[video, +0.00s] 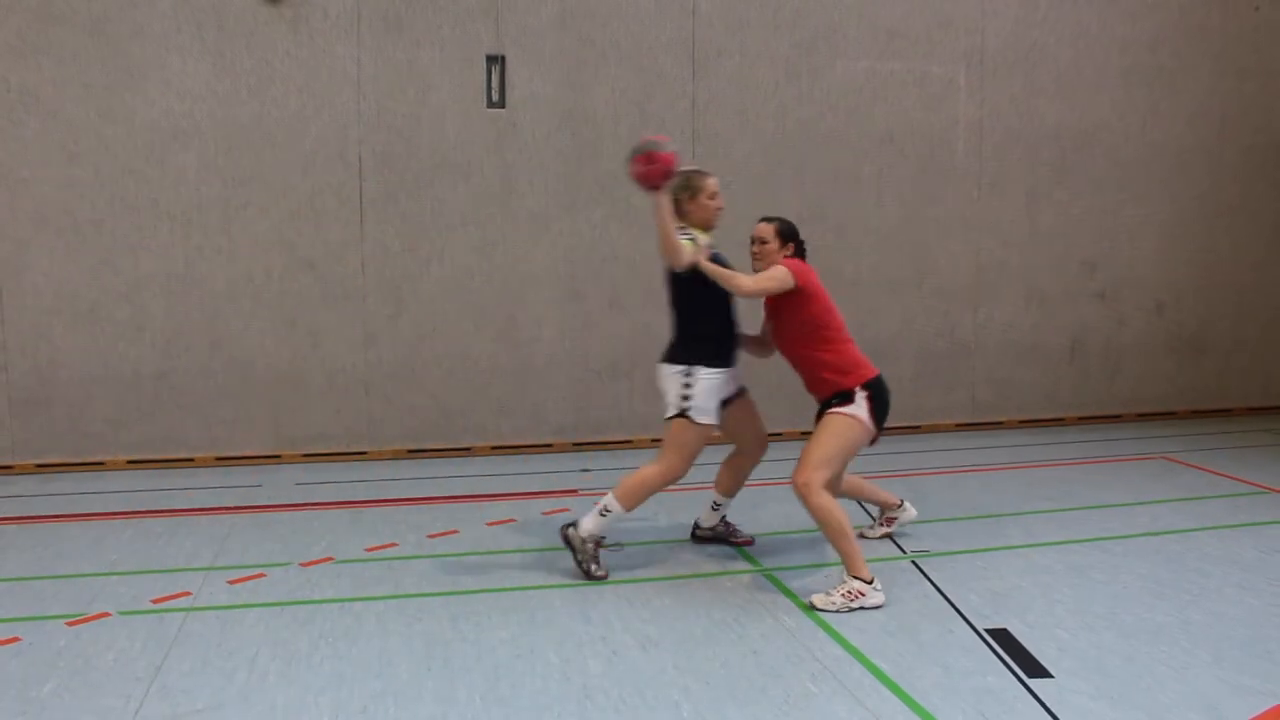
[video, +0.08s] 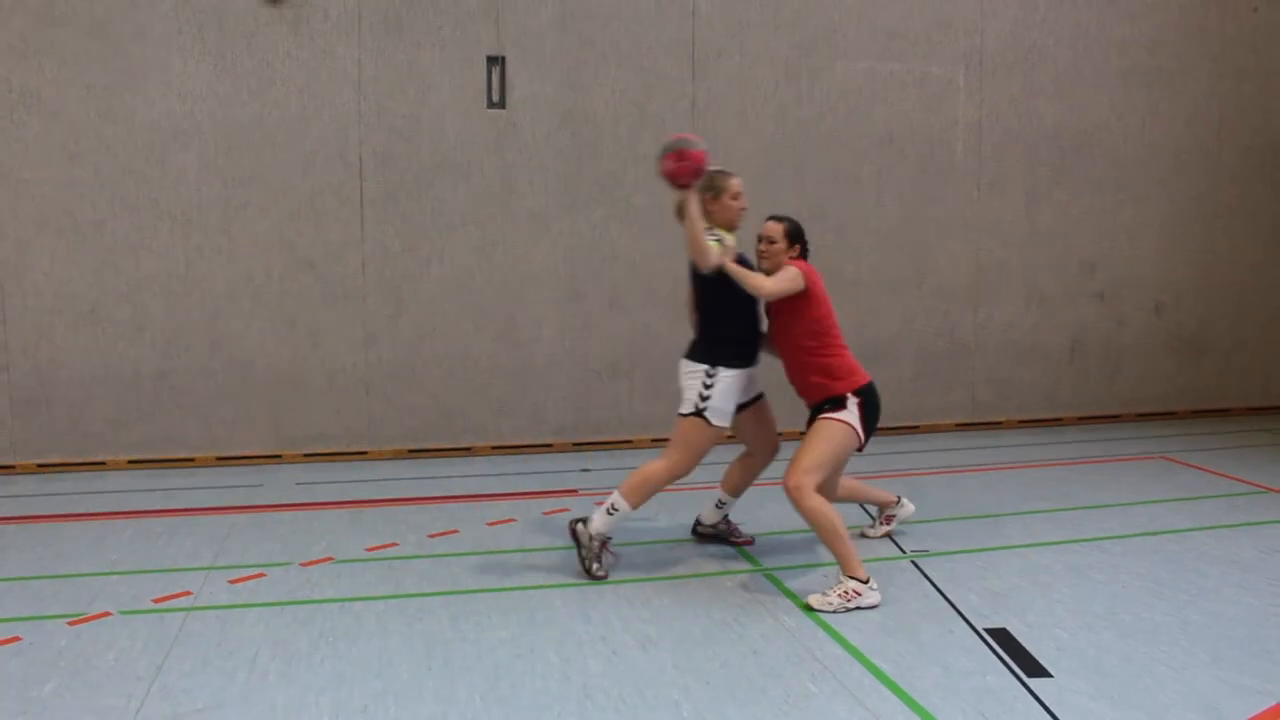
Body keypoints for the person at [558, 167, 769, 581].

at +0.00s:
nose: (719, 203)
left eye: (718, 196)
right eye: (711, 197)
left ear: (702, 204)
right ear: (688, 203)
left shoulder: (706, 247)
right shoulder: (685, 241)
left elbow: (712, 320)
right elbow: (677, 257)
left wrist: (749, 342)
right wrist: (660, 198)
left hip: (720, 370)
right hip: (693, 372)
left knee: (754, 443)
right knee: (673, 464)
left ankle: (711, 522)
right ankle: (585, 532)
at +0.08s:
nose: (742, 204)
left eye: (742, 196)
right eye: (735, 197)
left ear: (730, 203)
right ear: (711, 204)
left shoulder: (728, 245)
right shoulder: (712, 241)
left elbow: (707, 313)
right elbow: (706, 260)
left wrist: (772, 343)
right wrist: (691, 200)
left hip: (737, 369)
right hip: (712, 370)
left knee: (765, 445)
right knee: (677, 463)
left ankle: (712, 519)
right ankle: (593, 528)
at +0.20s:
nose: (766, 207)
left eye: (766, 199)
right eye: (758, 200)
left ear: (765, 200)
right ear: (737, 205)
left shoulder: (733, 245)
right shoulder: (734, 245)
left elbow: (710, 306)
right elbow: (749, 262)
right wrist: (738, 197)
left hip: (750, 373)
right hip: (731, 374)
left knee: (772, 452)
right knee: (697, 470)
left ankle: (715, 515)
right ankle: (607, 525)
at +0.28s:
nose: (772, 209)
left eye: (773, 201)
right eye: (764, 202)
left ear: (743, 207)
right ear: (741, 207)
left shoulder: (738, 243)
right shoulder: (737, 246)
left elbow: (717, 309)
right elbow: (767, 262)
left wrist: (720, 354)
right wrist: (775, 200)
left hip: (752, 373)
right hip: (732, 376)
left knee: (769, 450)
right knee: (729, 479)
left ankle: (714, 516)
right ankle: (628, 524)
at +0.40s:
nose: (780, 209)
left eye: (781, 201)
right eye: (772, 201)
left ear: (748, 207)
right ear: (741, 204)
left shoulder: (753, 245)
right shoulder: (738, 248)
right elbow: (796, 269)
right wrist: (833, 202)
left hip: (746, 377)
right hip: (721, 381)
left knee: (738, 459)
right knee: (758, 481)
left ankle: (719, 518)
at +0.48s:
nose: (779, 207)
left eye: (779, 199)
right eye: (769, 199)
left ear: (744, 208)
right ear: (737, 206)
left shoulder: (737, 249)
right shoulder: (738, 252)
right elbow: (807, 269)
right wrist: (864, 211)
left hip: (720, 385)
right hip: (709, 389)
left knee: (727, 454)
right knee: (760, 495)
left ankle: (718, 511)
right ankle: (696, 593)